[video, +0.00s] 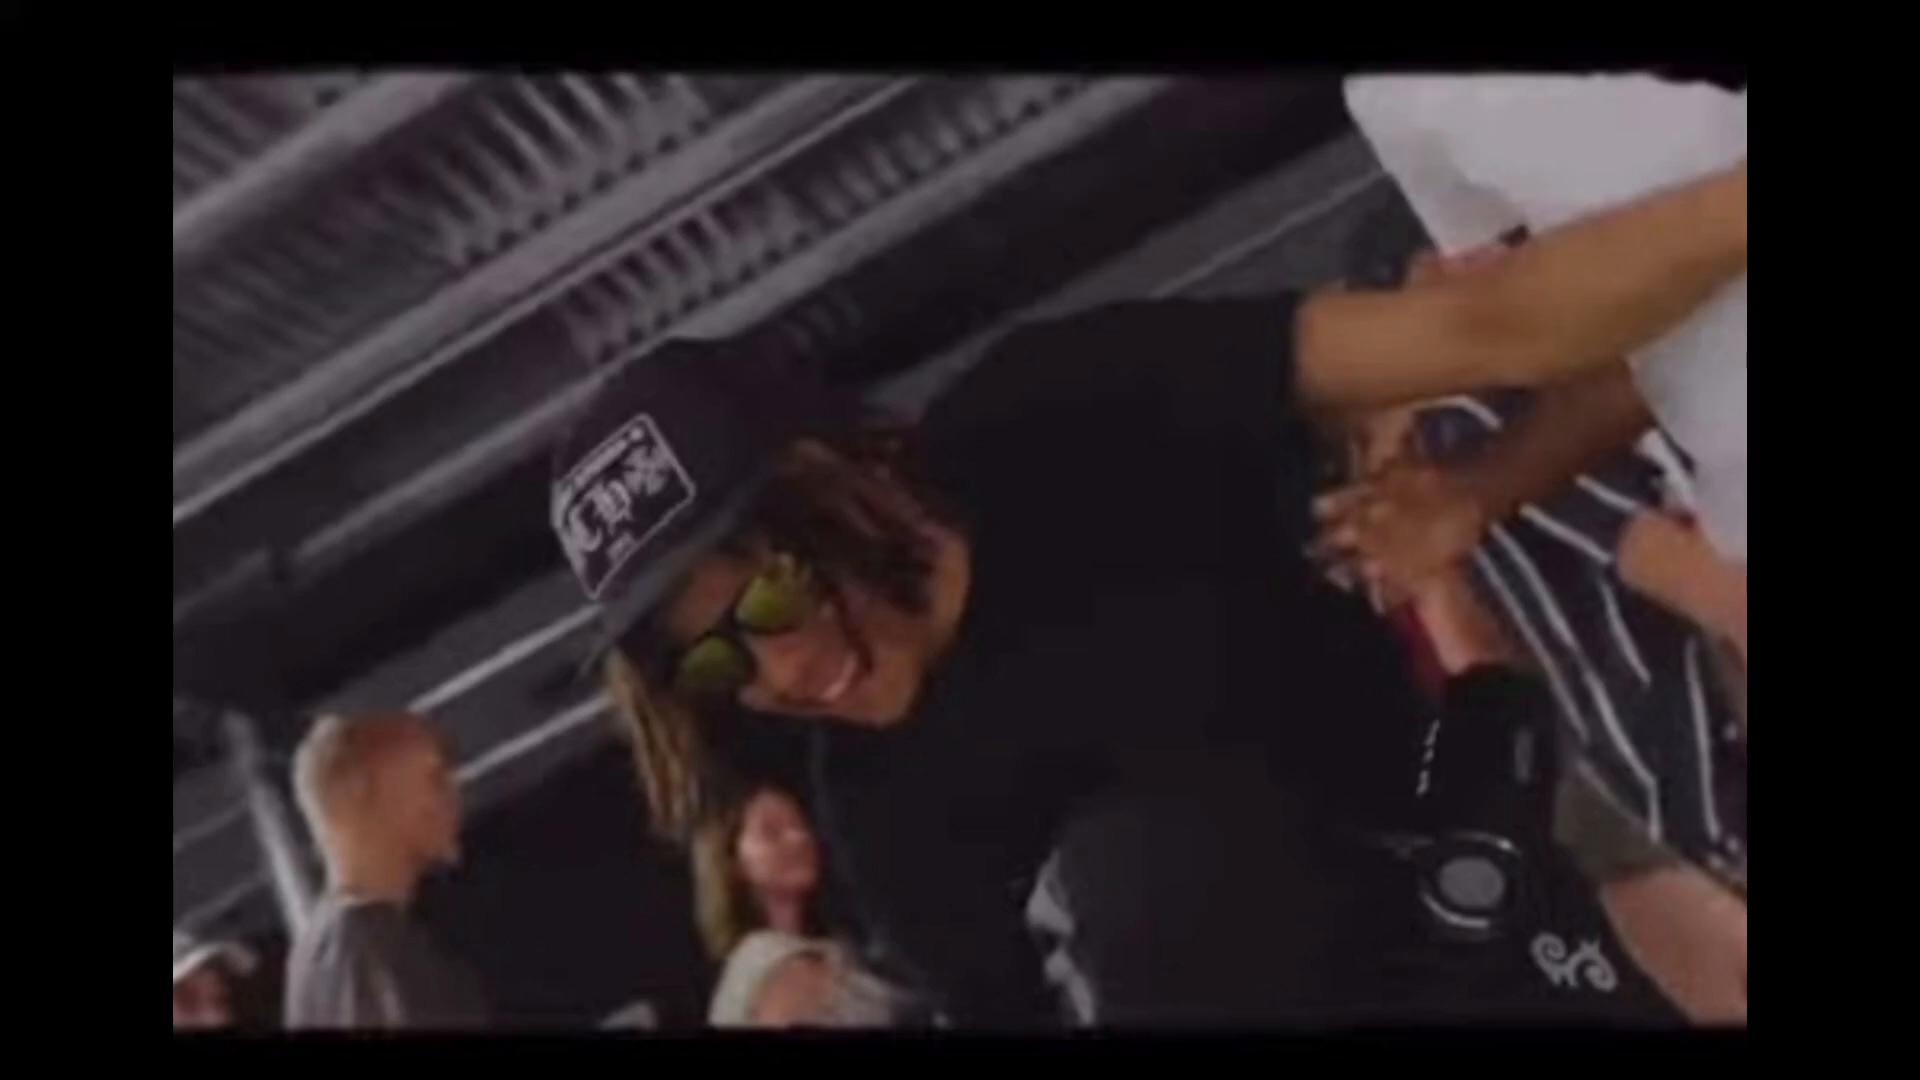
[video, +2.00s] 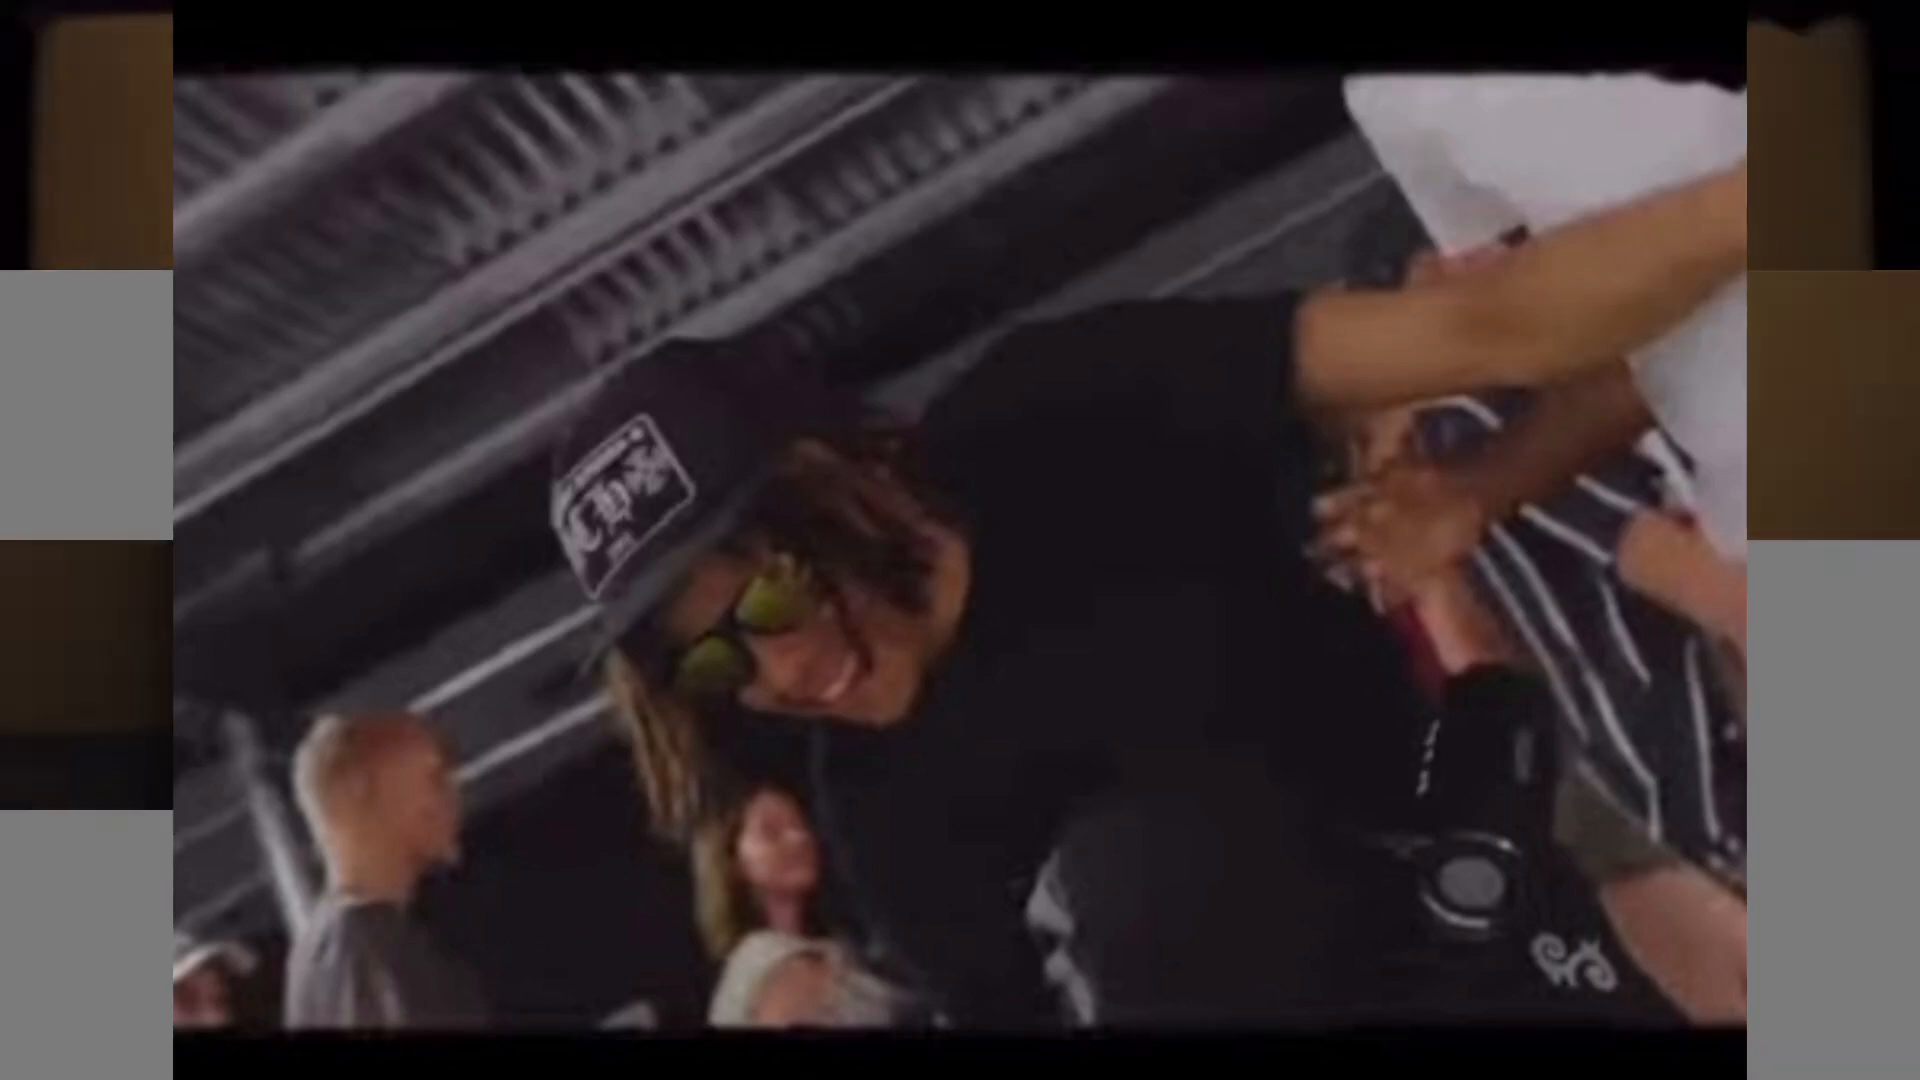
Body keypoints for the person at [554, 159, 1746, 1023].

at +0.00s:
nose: (768, 656)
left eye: (761, 582)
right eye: (708, 654)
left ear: (835, 476)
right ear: (687, 685)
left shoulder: (1052, 404)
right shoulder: (886, 847)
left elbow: (1472, 328)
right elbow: (1031, 1024)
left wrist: (1740, 208)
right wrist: (837, 995)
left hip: (1477, 844)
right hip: (1240, 973)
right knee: (1136, 862)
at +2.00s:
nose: (770, 658)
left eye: (763, 584)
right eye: (711, 656)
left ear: (836, 477)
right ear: (690, 687)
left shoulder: (1050, 403)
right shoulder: (890, 843)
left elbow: (1468, 329)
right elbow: (1036, 1022)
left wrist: (1751, 207)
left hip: (1485, 838)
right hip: (1258, 972)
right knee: (1136, 866)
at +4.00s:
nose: (767, 656)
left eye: (760, 581)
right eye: (708, 654)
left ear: (835, 476)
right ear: (688, 687)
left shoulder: (1052, 404)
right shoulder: (888, 846)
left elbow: (1475, 326)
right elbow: (1033, 1025)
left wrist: (1797, 183)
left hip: (1486, 855)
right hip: (1248, 974)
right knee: (1133, 867)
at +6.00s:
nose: (767, 658)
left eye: (760, 584)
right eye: (708, 655)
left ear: (834, 477)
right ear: (686, 686)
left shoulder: (1052, 404)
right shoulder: (888, 847)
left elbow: (1470, 329)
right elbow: (1039, 1024)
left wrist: (1787, 187)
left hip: (1487, 842)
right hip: (1264, 975)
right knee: (1135, 868)